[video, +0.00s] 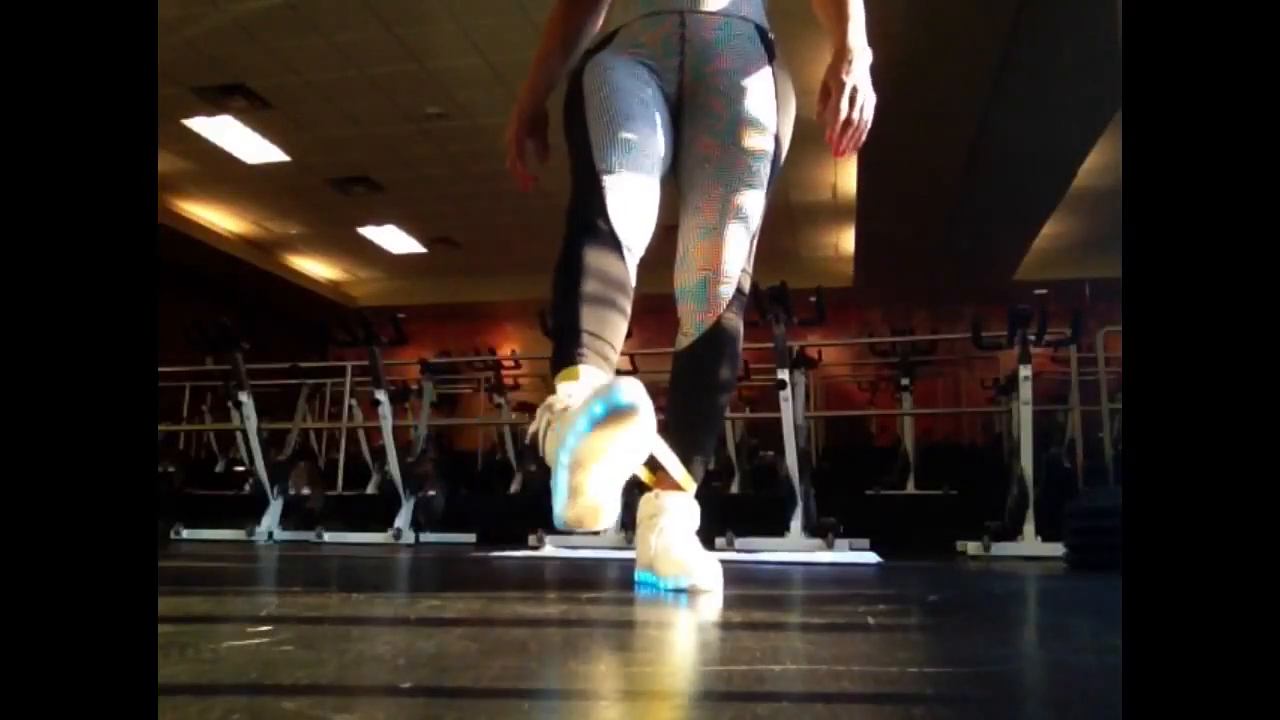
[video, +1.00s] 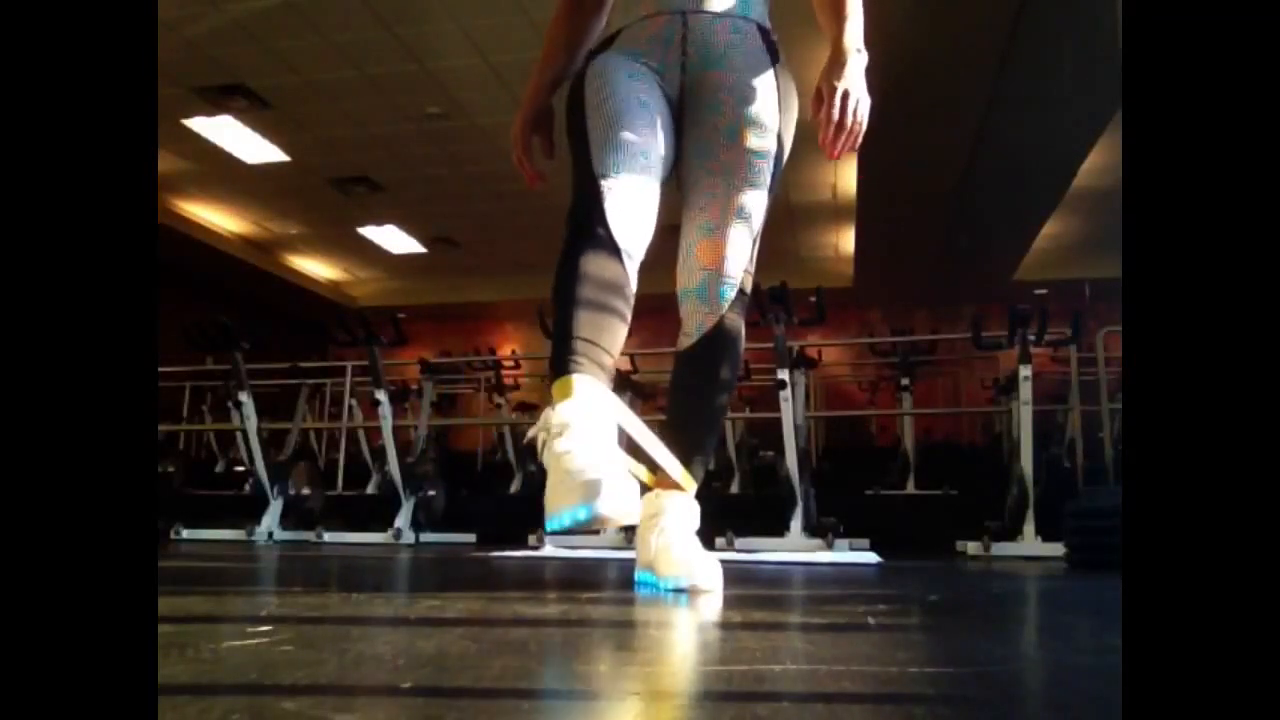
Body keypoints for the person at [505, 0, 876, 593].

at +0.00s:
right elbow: (586, 4)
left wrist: (853, 49)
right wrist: (535, 95)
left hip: (739, 31)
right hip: (625, 32)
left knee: (715, 283)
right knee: (615, 190)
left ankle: (672, 512)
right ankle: (578, 407)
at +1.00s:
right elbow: (588, 3)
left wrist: (850, 51)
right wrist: (542, 90)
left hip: (742, 34)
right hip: (628, 34)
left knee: (717, 286)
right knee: (615, 203)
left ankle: (673, 513)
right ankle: (577, 430)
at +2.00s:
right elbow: (580, 8)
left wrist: (873, 50)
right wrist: (539, 89)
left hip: (740, 30)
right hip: (627, 33)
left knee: (717, 271)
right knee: (603, 210)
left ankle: (670, 516)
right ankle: (551, 459)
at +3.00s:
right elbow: (589, 3)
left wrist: (867, 72)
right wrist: (550, 82)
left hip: (744, 25)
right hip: (632, 25)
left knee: (722, 273)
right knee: (597, 203)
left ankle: (673, 516)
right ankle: (533, 441)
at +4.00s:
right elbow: (597, 3)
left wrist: (862, 83)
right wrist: (555, 72)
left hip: (740, 32)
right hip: (633, 35)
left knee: (719, 278)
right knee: (590, 202)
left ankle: (672, 516)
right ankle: (525, 419)